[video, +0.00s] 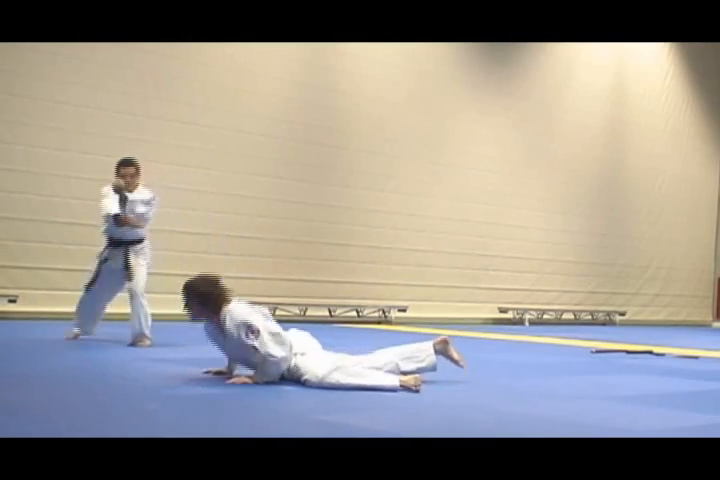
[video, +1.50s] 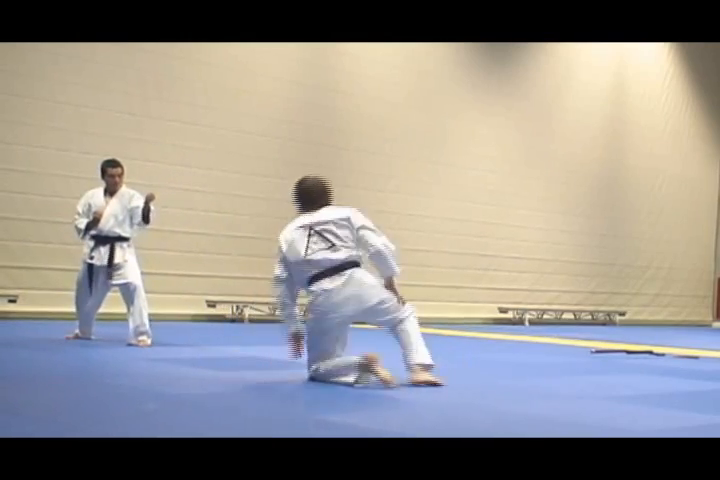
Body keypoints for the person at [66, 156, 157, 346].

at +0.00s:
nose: (128, 180)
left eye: (132, 176)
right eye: (124, 176)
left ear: (139, 176)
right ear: (117, 177)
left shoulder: (147, 196)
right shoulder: (110, 192)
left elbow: (143, 221)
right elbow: (113, 217)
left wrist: (123, 196)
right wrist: (133, 222)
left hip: (137, 249)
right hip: (114, 249)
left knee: (136, 290)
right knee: (96, 290)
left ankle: (142, 335)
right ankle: (83, 327)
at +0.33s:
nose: (115, 182)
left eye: (118, 177)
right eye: (111, 178)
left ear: (124, 177)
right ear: (103, 179)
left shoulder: (132, 199)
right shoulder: (94, 199)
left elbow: (138, 226)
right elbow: (84, 225)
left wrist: (137, 214)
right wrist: (93, 227)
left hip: (124, 250)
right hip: (99, 250)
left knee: (136, 288)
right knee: (85, 289)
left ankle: (141, 334)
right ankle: (85, 331)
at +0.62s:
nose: (115, 181)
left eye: (118, 176)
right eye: (110, 177)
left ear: (123, 176)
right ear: (103, 179)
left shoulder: (131, 199)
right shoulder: (94, 200)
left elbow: (137, 226)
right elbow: (82, 226)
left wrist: (140, 213)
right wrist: (91, 228)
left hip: (122, 250)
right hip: (98, 250)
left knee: (135, 287)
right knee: (85, 290)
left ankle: (141, 334)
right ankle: (84, 331)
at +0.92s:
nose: (115, 180)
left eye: (118, 176)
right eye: (111, 176)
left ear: (123, 176)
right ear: (103, 178)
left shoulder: (131, 199)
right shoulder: (92, 199)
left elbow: (140, 226)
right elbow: (79, 226)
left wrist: (143, 212)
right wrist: (92, 226)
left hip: (122, 249)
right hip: (97, 250)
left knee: (134, 287)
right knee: (85, 290)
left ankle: (141, 334)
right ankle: (84, 330)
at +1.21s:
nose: (115, 180)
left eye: (118, 175)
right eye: (111, 176)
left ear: (123, 176)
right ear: (103, 178)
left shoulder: (131, 198)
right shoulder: (91, 198)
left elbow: (141, 224)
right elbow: (79, 226)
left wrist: (145, 209)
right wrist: (91, 224)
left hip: (122, 248)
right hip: (97, 248)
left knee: (134, 287)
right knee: (85, 290)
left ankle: (142, 334)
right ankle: (84, 330)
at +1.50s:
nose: (116, 180)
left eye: (119, 176)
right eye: (112, 176)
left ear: (123, 176)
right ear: (103, 178)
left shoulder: (131, 197)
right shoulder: (91, 197)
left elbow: (142, 222)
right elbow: (79, 226)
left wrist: (146, 206)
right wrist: (91, 222)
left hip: (122, 248)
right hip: (98, 247)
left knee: (134, 286)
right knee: (85, 289)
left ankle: (141, 334)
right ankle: (84, 330)